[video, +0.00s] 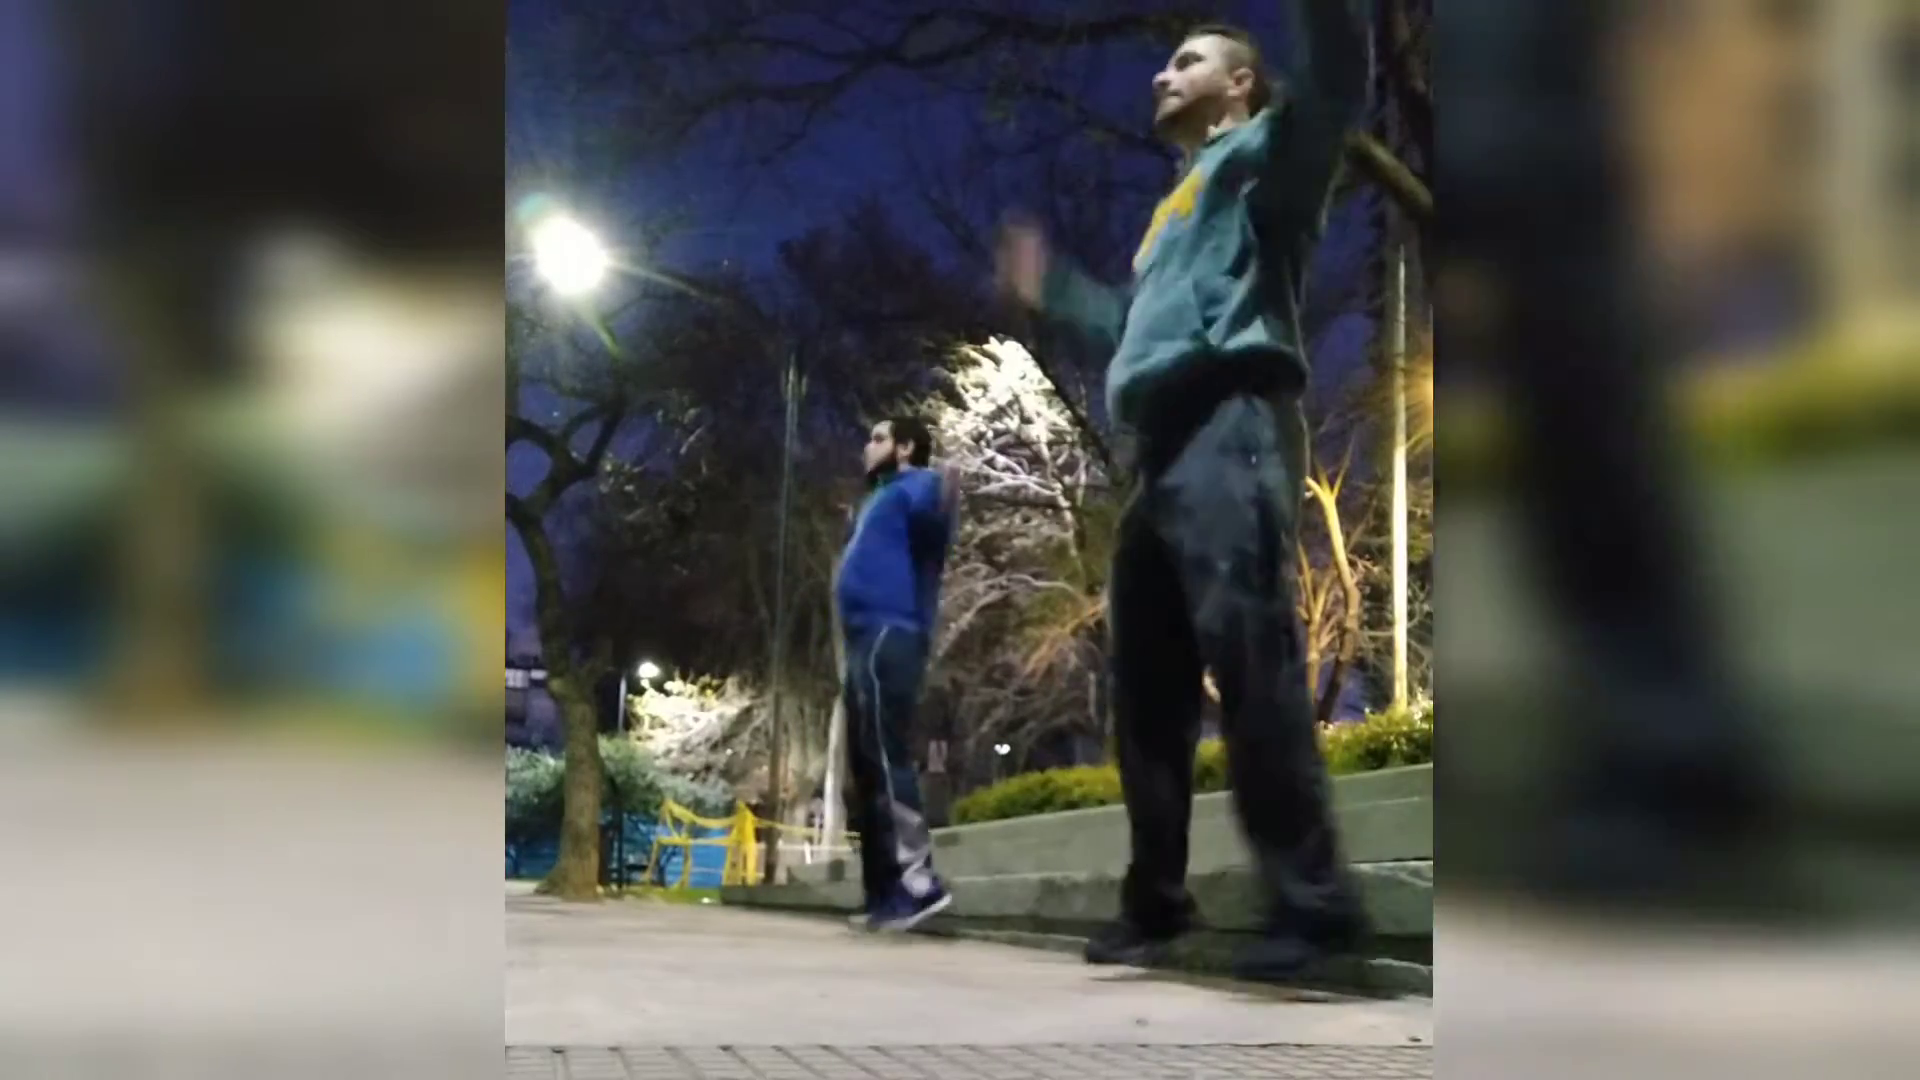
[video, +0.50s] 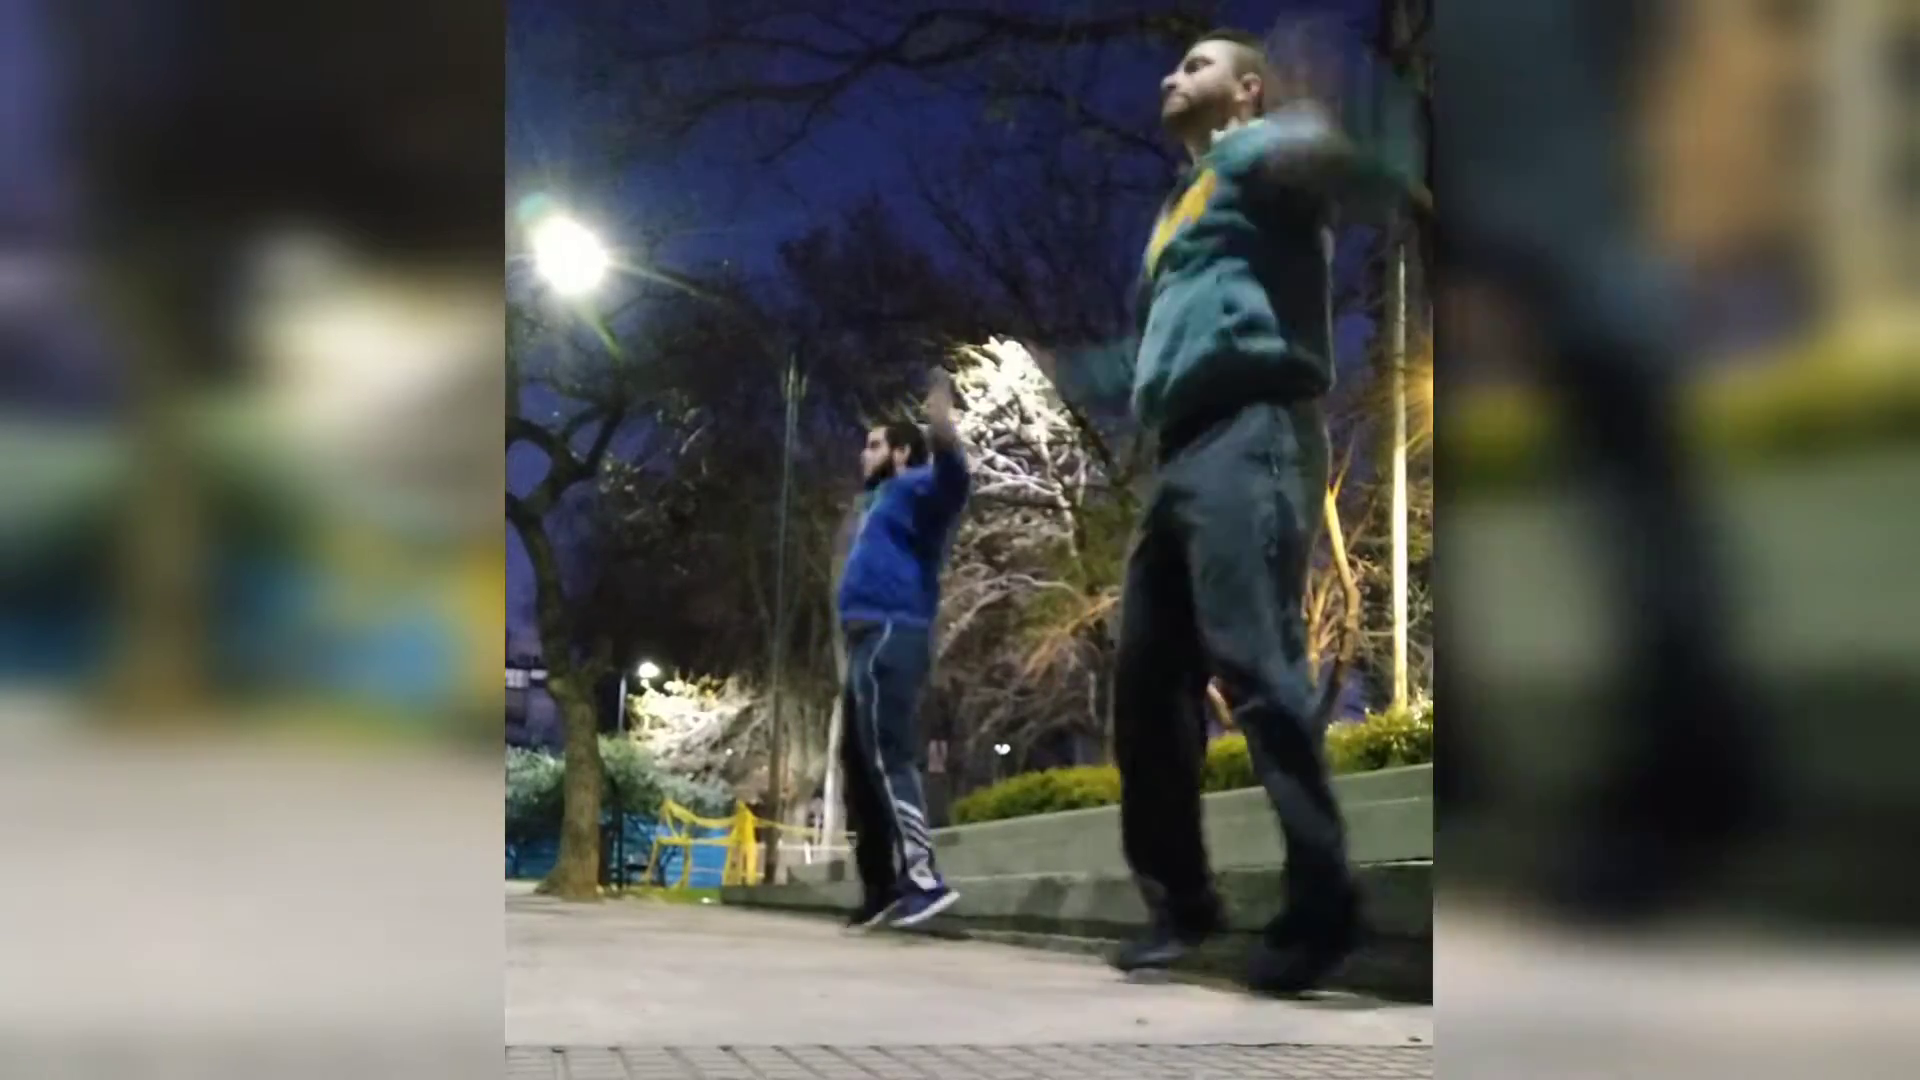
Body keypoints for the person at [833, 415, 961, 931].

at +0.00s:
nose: (867, 447)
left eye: (877, 438)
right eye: (869, 438)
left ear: (905, 449)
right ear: (893, 451)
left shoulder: (915, 484)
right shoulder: (878, 499)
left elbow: (925, 506)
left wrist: (940, 485)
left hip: (892, 626)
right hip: (863, 630)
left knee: (883, 755)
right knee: (865, 764)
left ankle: (918, 882)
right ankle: (882, 893)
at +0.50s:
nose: (863, 453)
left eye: (873, 445)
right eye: (865, 445)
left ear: (901, 451)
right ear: (888, 454)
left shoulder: (919, 488)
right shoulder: (880, 496)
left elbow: (953, 479)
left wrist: (943, 430)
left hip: (895, 629)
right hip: (863, 630)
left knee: (887, 753)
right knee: (860, 761)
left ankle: (922, 881)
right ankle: (880, 886)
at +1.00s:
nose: (869, 452)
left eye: (879, 443)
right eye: (870, 444)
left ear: (906, 452)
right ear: (891, 457)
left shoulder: (920, 497)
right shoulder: (882, 504)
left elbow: (933, 442)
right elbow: (862, 482)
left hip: (895, 633)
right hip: (861, 634)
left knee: (892, 752)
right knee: (863, 763)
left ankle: (925, 878)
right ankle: (875, 883)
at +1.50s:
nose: (863, 469)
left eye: (872, 460)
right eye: (865, 460)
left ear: (899, 465)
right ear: (894, 466)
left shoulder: (918, 503)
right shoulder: (881, 511)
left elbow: (935, 574)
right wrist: (858, 653)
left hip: (897, 657)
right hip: (867, 657)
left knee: (869, 775)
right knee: (855, 778)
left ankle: (904, 901)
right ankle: (886, 904)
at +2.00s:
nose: (874, 477)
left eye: (882, 469)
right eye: (875, 468)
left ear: (907, 474)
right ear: (890, 476)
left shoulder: (932, 517)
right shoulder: (882, 527)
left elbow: (940, 451)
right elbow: (871, 501)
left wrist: (928, 395)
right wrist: (885, 471)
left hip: (912, 661)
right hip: (871, 665)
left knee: (903, 782)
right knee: (864, 791)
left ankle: (955, 904)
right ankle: (883, 902)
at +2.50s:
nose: (860, 492)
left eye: (869, 483)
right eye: (862, 483)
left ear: (897, 490)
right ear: (892, 491)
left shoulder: (915, 535)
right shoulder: (885, 539)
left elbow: (932, 606)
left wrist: (918, 670)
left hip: (900, 680)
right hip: (876, 680)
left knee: (866, 796)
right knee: (860, 797)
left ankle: (911, 910)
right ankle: (902, 907)